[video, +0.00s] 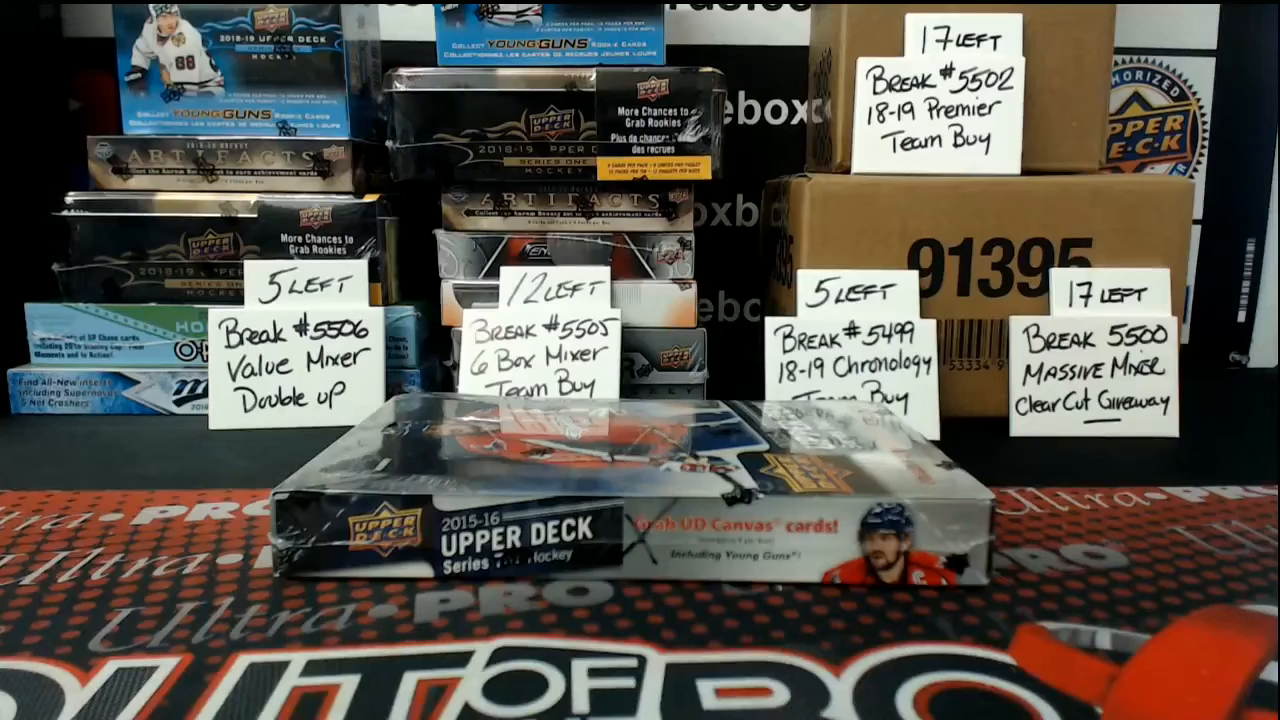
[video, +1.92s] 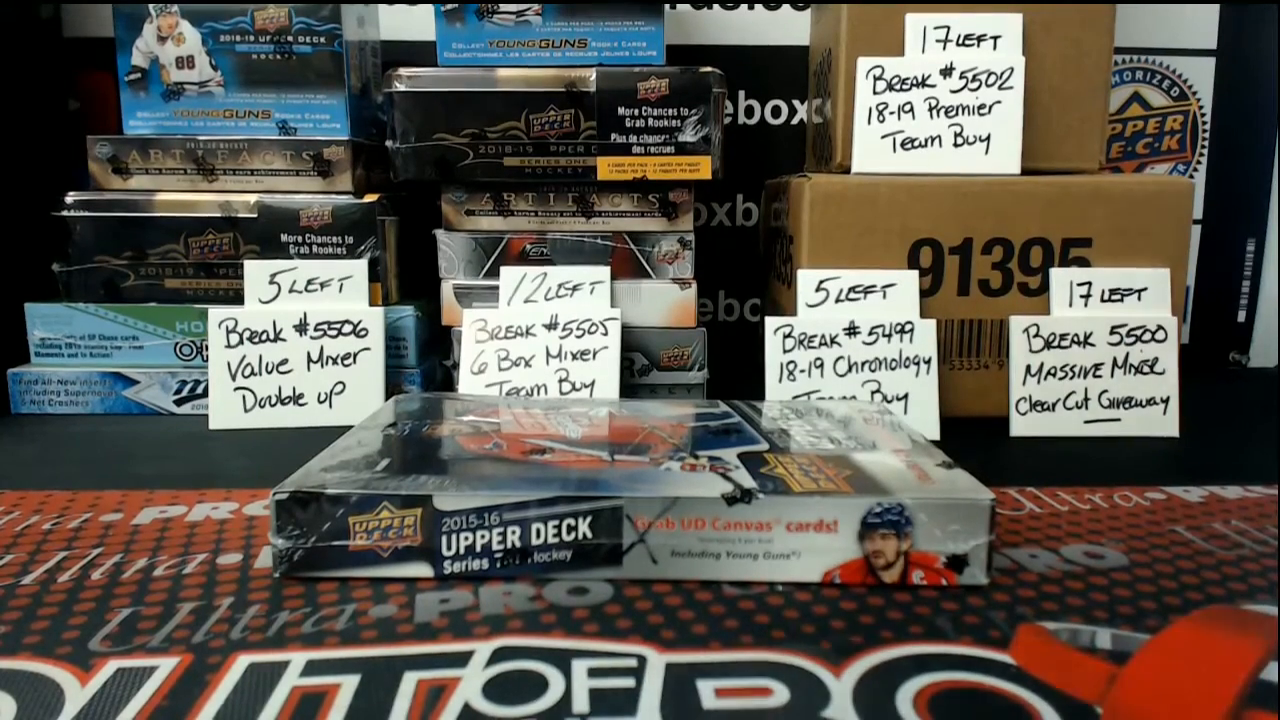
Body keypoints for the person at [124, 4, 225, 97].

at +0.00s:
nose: (170, 22)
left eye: (173, 17)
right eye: (164, 18)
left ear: (178, 17)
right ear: (156, 19)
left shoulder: (186, 35)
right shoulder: (150, 28)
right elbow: (141, 50)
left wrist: (177, 89)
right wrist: (137, 73)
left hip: (209, 84)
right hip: (181, 84)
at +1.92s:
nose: (170, 22)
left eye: (173, 17)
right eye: (164, 17)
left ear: (178, 17)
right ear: (156, 20)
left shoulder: (186, 36)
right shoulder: (150, 29)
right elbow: (142, 50)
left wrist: (178, 88)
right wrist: (137, 71)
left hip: (208, 84)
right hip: (180, 83)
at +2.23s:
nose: (170, 22)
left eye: (173, 17)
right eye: (164, 17)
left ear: (178, 17)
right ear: (156, 20)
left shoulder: (186, 34)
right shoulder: (150, 29)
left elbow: (188, 65)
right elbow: (142, 50)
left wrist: (180, 87)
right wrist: (137, 73)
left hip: (208, 83)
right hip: (181, 84)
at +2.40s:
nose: (170, 22)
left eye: (173, 17)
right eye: (164, 17)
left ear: (178, 17)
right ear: (156, 20)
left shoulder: (186, 34)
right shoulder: (150, 28)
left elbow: (188, 65)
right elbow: (142, 50)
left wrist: (180, 87)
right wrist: (137, 72)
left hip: (208, 83)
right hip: (181, 83)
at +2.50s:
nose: (170, 22)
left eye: (173, 17)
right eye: (164, 17)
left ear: (178, 17)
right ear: (156, 20)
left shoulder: (186, 34)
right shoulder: (150, 28)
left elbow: (188, 65)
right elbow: (142, 50)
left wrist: (180, 87)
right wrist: (137, 72)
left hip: (208, 83)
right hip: (182, 83)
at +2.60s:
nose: (170, 22)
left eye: (173, 17)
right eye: (164, 18)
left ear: (178, 17)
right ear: (156, 20)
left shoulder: (186, 35)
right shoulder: (150, 28)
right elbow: (141, 50)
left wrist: (179, 88)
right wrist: (137, 74)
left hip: (209, 84)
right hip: (182, 85)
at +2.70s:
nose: (170, 22)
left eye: (173, 17)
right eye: (164, 18)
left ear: (178, 17)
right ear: (156, 20)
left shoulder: (186, 35)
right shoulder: (150, 28)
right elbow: (141, 50)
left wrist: (179, 89)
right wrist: (137, 74)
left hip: (208, 84)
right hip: (181, 84)